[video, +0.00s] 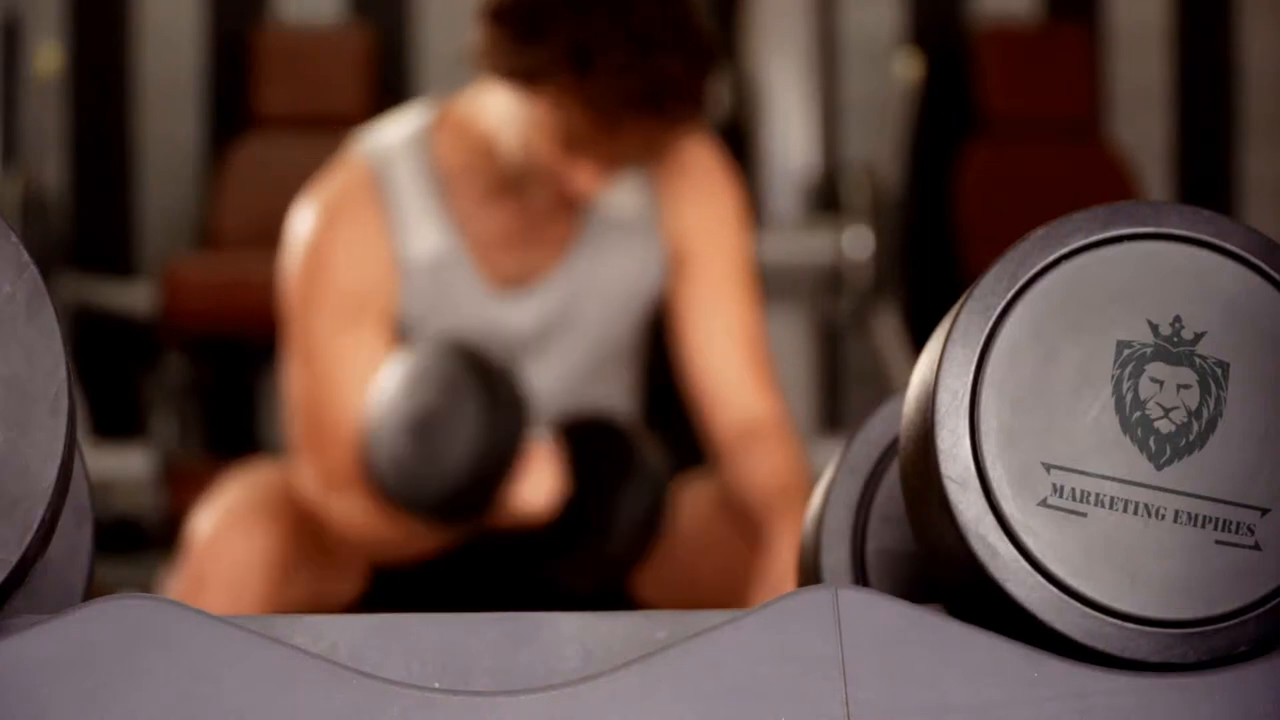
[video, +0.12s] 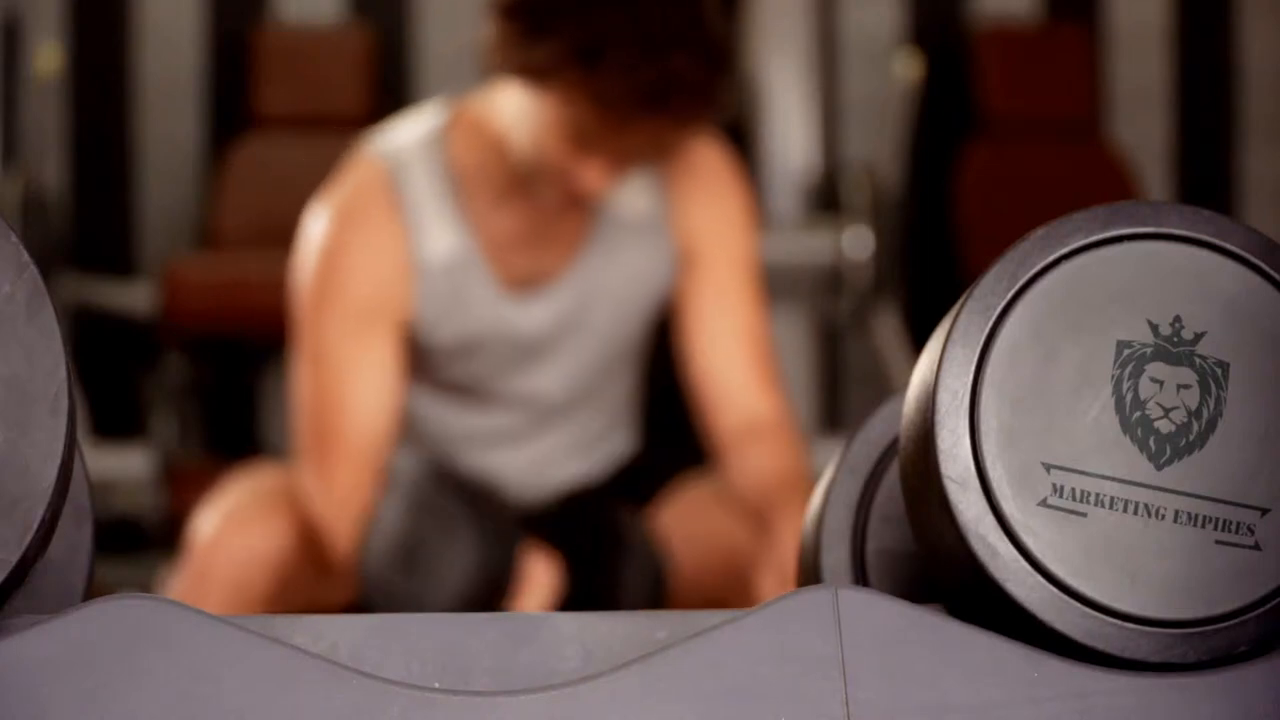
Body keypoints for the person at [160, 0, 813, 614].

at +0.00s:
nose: (591, 182)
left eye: (621, 156)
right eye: (573, 145)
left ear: (658, 121)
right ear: (514, 84)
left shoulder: (681, 170)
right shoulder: (350, 210)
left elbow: (749, 425)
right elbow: (343, 503)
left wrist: (797, 544)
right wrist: (498, 494)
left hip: (595, 534)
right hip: (399, 538)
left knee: (797, 534)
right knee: (242, 523)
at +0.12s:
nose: (600, 180)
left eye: (633, 153)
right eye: (584, 141)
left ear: (672, 119)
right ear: (527, 75)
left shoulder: (692, 171)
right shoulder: (369, 210)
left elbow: (750, 423)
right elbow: (341, 497)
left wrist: (797, 536)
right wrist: (497, 574)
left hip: (607, 512)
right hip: (423, 516)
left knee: (794, 533)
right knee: (241, 528)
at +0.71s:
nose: (614, 208)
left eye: (647, 178)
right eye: (595, 166)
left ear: (684, 151)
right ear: (532, 100)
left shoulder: (698, 181)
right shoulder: (394, 236)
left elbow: (757, 432)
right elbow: (349, 549)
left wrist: (809, 573)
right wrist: (366, 715)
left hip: (602, 526)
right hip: (416, 535)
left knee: (796, 539)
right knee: (240, 532)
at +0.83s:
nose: (612, 208)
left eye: (645, 177)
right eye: (593, 166)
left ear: (682, 150)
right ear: (531, 101)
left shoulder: (695, 178)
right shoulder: (393, 240)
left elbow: (755, 431)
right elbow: (349, 557)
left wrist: (808, 572)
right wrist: (360, 719)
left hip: (602, 525)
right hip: (416, 534)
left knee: (795, 539)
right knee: (239, 533)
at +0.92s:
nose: (613, 207)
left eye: (646, 176)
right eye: (593, 166)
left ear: (681, 147)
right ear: (529, 101)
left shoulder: (695, 178)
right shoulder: (394, 242)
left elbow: (756, 431)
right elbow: (348, 554)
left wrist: (805, 575)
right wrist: (354, 719)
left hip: (602, 524)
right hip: (416, 533)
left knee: (795, 539)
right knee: (238, 533)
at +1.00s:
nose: (614, 205)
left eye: (647, 175)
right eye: (593, 163)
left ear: (682, 146)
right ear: (529, 102)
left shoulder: (696, 179)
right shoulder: (397, 242)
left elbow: (755, 430)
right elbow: (345, 556)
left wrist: (805, 577)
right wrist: (351, 719)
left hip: (602, 522)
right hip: (417, 531)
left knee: (792, 543)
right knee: (234, 532)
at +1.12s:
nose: (616, 201)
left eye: (649, 170)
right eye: (595, 159)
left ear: (684, 139)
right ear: (533, 99)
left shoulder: (696, 176)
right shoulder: (398, 239)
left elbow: (755, 431)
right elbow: (338, 549)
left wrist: (797, 573)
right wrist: (376, 715)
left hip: (601, 522)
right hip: (418, 532)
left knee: (796, 538)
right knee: (226, 532)